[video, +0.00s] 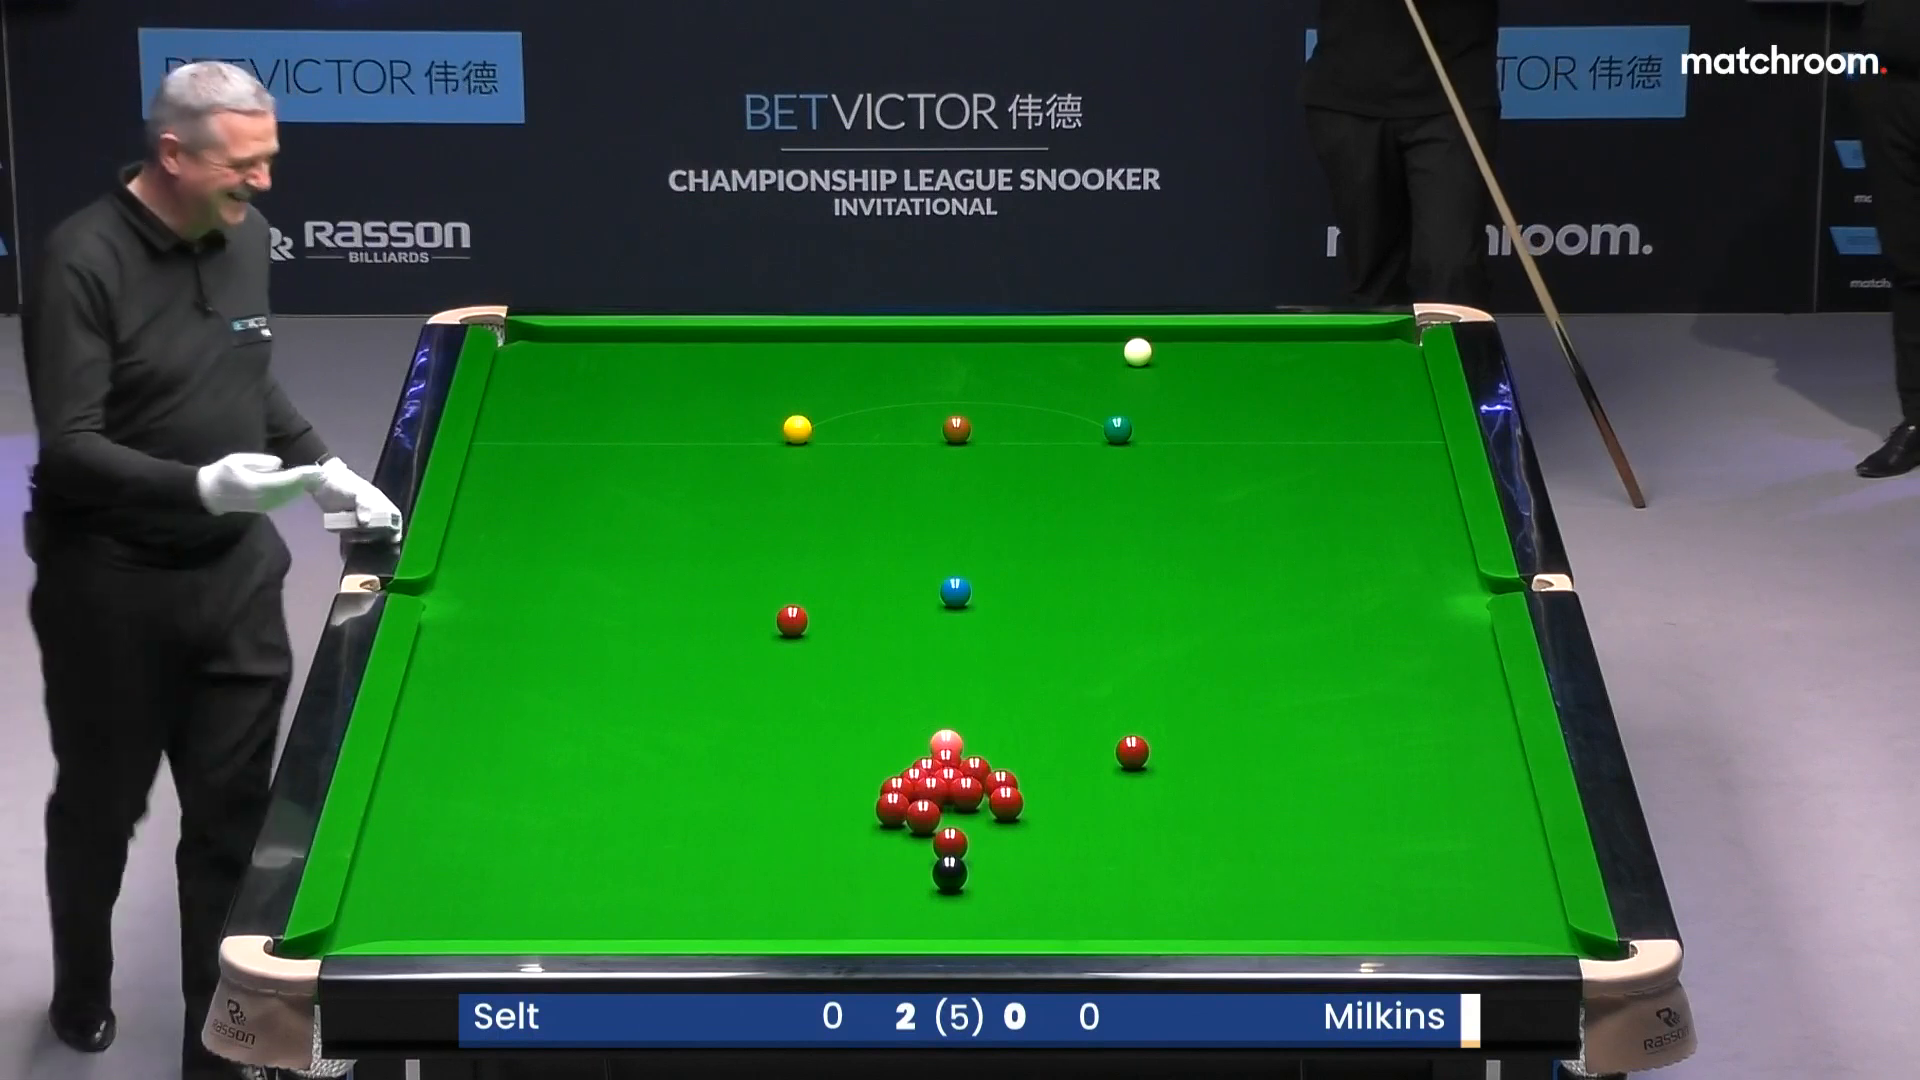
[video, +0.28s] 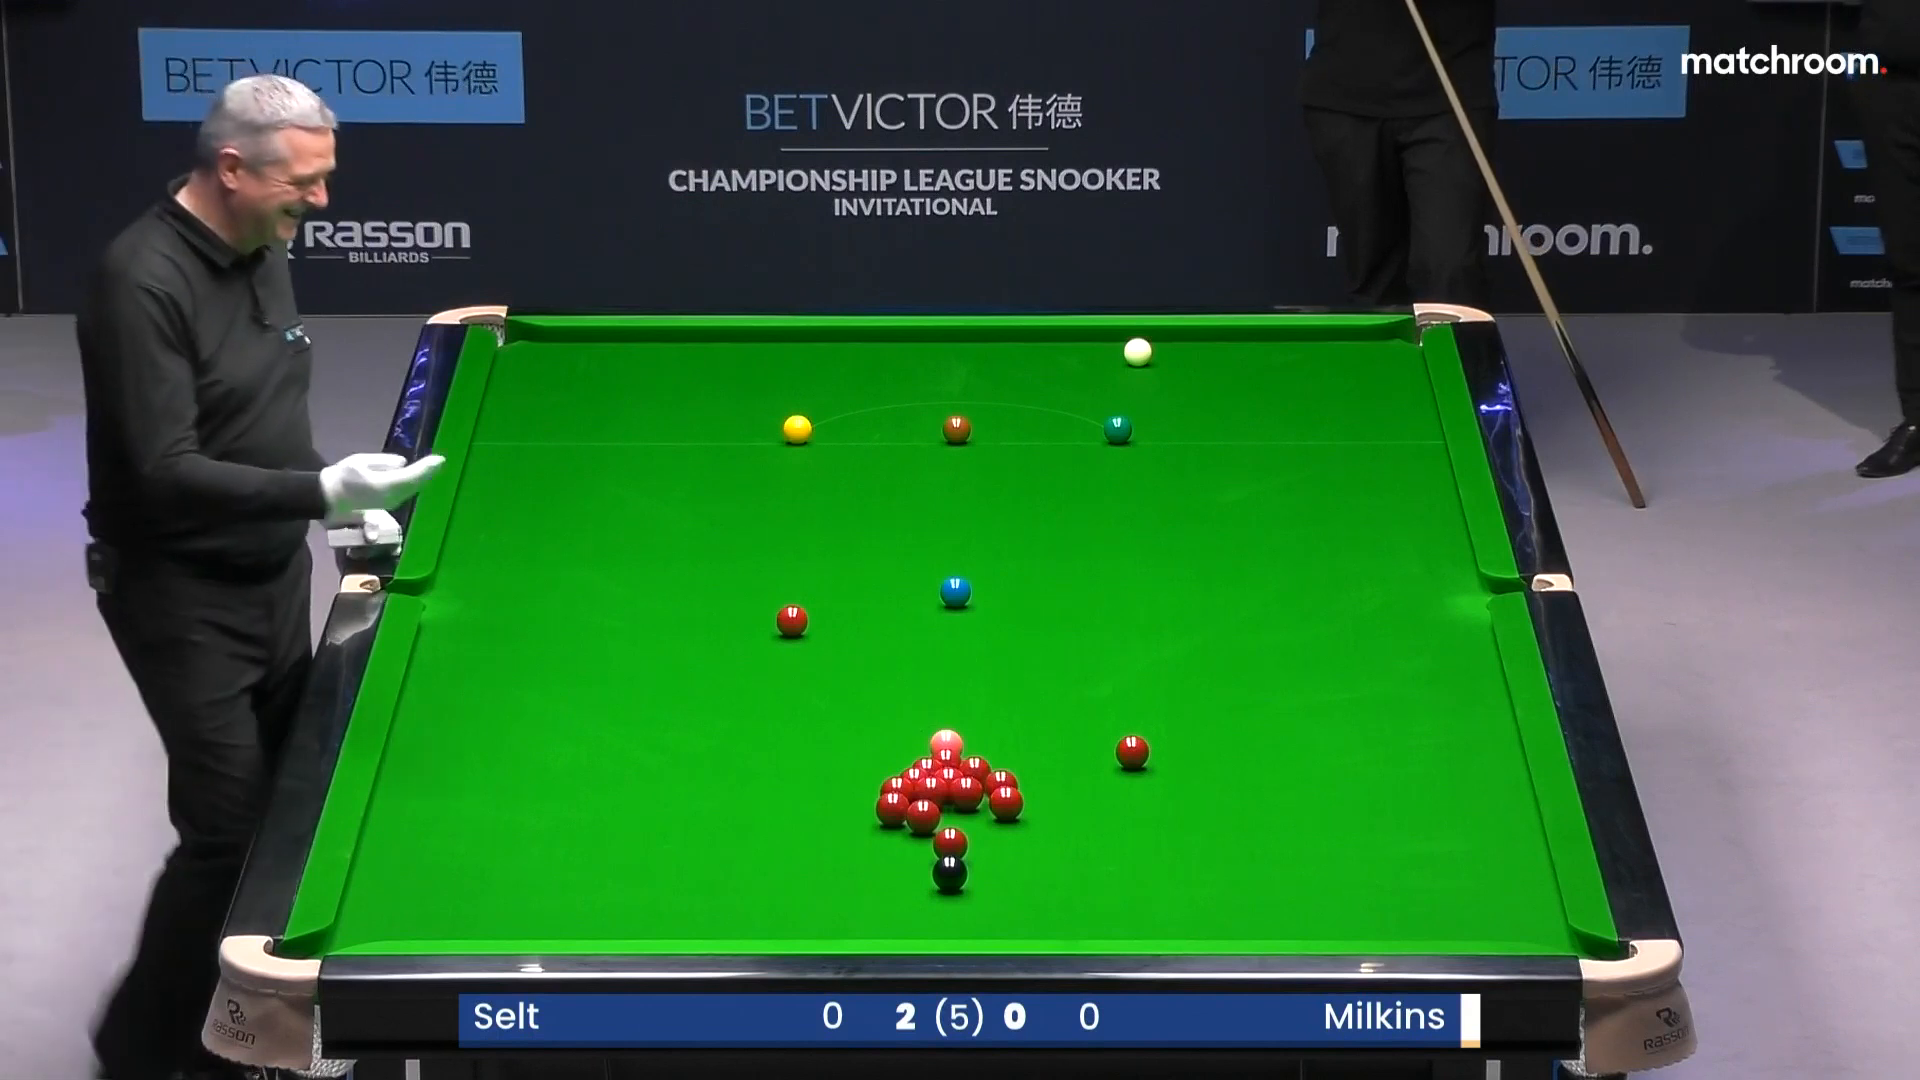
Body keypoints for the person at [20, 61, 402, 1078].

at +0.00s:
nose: (264, 182)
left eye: (268, 161)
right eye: (245, 165)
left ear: (249, 148)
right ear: (173, 155)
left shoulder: (244, 238)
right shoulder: (79, 259)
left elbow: (256, 388)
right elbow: (67, 444)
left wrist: (328, 477)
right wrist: (198, 483)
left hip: (235, 575)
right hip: (109, 587)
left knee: (231, 823)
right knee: (99, 807)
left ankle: (218, 1031)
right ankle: (81, 980)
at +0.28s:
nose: (318, 198)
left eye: (323, 178)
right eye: (301, 180)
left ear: (260, 174)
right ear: (231, 171)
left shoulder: (260, 249)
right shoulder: (138, 280)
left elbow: (265, 422)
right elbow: (158, 470)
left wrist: (332, 509)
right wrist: (319, 488)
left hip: (268, 578)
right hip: (174, 592)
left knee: (286, 810)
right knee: (230, 829)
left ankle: (231, 1035)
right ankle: (141, 1044)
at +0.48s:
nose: (361, 230)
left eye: (368, 210)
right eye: (348, 210)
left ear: (285, 193)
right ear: (280, 192)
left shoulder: (250, 269)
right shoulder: (200, 311)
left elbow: (276, 449)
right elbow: (248, 506)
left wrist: (344, 544)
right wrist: (417, 514)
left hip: (258, 602)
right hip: (213, 619)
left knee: (269, 842)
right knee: (227, 861)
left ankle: (253, 1049)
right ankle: (211, 1058)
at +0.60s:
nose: (398, 243)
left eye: (404, 223)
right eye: (386, 223)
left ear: (318, 203)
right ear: (317, 204)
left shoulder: (261, 264)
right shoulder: (242, 317)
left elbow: (301, 442)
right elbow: (305, 518)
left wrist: (342, 548)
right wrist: (482, 520)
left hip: (253, 603)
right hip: (219, 622)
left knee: (258, 849)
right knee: (228, 865)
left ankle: (245, 1048)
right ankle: (211, 1058)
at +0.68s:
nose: (423, 253)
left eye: (430, 233)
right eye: (413, 234)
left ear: (341, 212)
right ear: (346, 215)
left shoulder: (250, 261)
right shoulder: (279, 333)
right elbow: (349, 525)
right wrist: (524, 524)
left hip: (215, 607)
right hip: (228, 632)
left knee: (243, 863)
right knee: (234, 880)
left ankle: (230, 1052)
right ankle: (206, 1061)